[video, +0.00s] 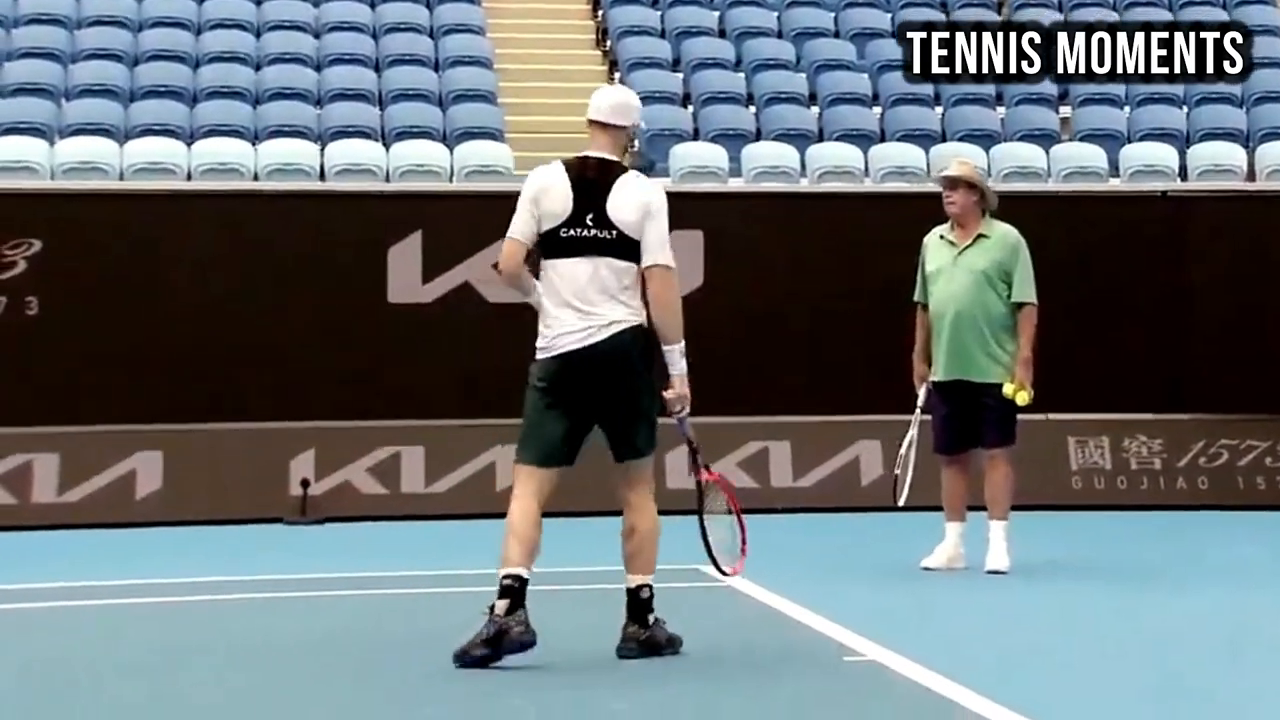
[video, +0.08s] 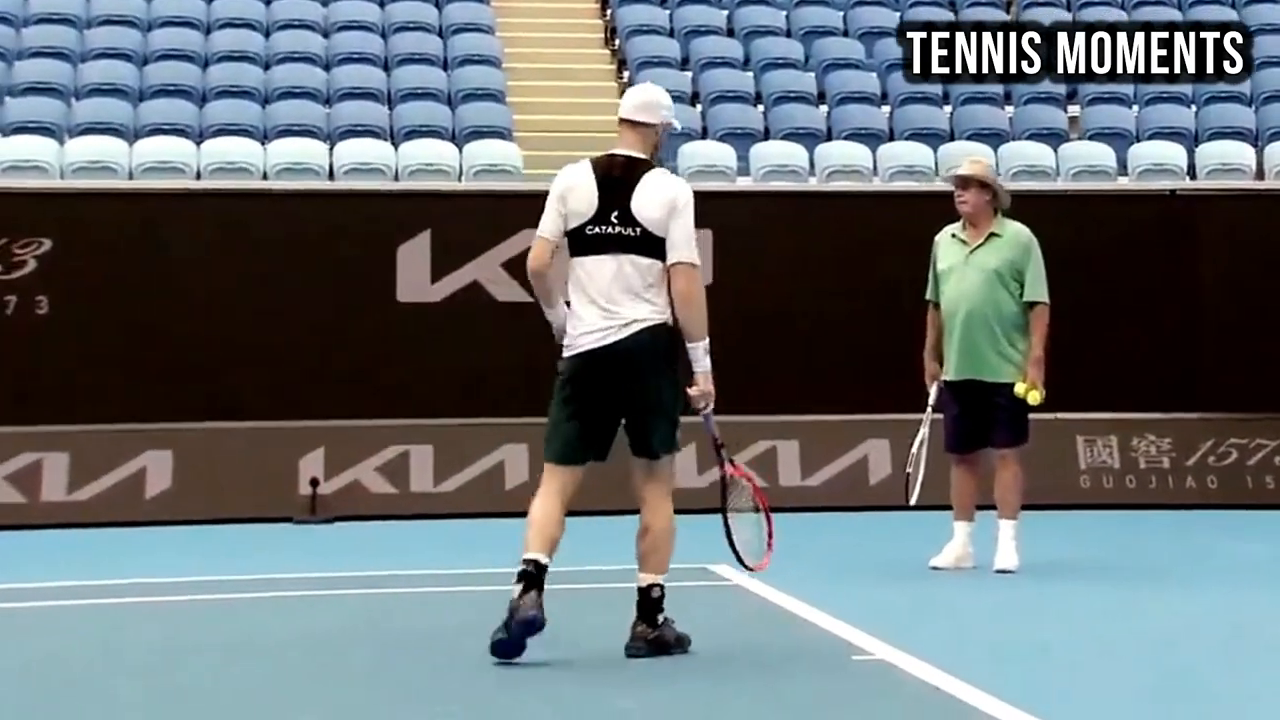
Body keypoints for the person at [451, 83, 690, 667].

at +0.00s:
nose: (622, 138)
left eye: (603, 124)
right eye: (631, 131)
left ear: (586, 125)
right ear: (633, 133)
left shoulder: (542, 180)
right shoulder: (646, 192)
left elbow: (510, 263)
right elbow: (659, 283)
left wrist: (545, 292)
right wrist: (677, 368)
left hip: (557, 359)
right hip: (627, 357)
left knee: (528, 489)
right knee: (638, 488)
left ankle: (508, 613)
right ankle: (640, 622)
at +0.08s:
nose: (665, 137)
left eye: (653, 127)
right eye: (665, 130)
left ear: (617, 123)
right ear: (662, 131)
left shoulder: (571, 179)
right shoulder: (673, 189)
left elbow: (538, 263)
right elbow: (683, 279)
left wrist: (561, 319)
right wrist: (701, 363)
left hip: (585, 355)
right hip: (651, 354)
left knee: (555, 484)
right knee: (655, 488)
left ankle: (527, 592)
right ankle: (649, 621)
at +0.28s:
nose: (720, 140)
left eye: (713, 129)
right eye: (721, 132)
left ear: (673, 124)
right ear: (715, 132)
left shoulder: (626, 178)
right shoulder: (717, 187)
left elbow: (594, 264)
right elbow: (726, 279)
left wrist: (592, 343)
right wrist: (753, 357)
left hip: (627, 350)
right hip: (686, 348)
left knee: (641, 477)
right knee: (682, 487)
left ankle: (603, 598)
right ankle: (662, 620)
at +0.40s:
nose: (748, 143)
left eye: (746, 134)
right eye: (747, 134)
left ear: (699, 129)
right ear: (738, 134)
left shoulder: (650, 182)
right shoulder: (734, 187)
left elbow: (617, 265)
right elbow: (739, 276)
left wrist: (606, 344)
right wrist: (767, 352)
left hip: (646, 348)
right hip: (700, 344)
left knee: (680, 481)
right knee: (692, 484)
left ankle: (673, 608)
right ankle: (668, 617)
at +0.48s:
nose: (762, 148)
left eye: (761, 138)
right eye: (762, 139)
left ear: (715, 132)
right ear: (753, 138)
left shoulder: (667, 185)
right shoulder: (746, 189)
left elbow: (633, 267)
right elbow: (747, 276)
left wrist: (621, 344)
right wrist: (775, 351)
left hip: (663, 348)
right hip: (712, 345)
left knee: (713, 477)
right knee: (701, 486)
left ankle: (729, 607)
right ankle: (666, 619)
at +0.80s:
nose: (820, 164)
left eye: (817, 157)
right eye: (821, 157)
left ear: (773, 153)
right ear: (813, 155)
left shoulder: (733, 208)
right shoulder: (810, 202)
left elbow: (707, 285)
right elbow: (811, 281)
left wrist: (705, 366)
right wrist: (826, 369)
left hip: (738, 357)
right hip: (781, 354)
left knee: (800, 478)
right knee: (775, 487)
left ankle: (816, 614)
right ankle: (696, 598)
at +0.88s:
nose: (832, 164)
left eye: (828, 155)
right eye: (832, 156)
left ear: (785, 154)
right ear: (824, 155)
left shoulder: (749, 204)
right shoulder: (825, 199)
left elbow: (723, 287)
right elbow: (832, 279)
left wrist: (727, 367)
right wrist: (846, 365)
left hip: (755, 359)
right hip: (801, 353)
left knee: (805, 486)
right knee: (805, 489)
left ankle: (817, 615)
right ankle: (726, 580)